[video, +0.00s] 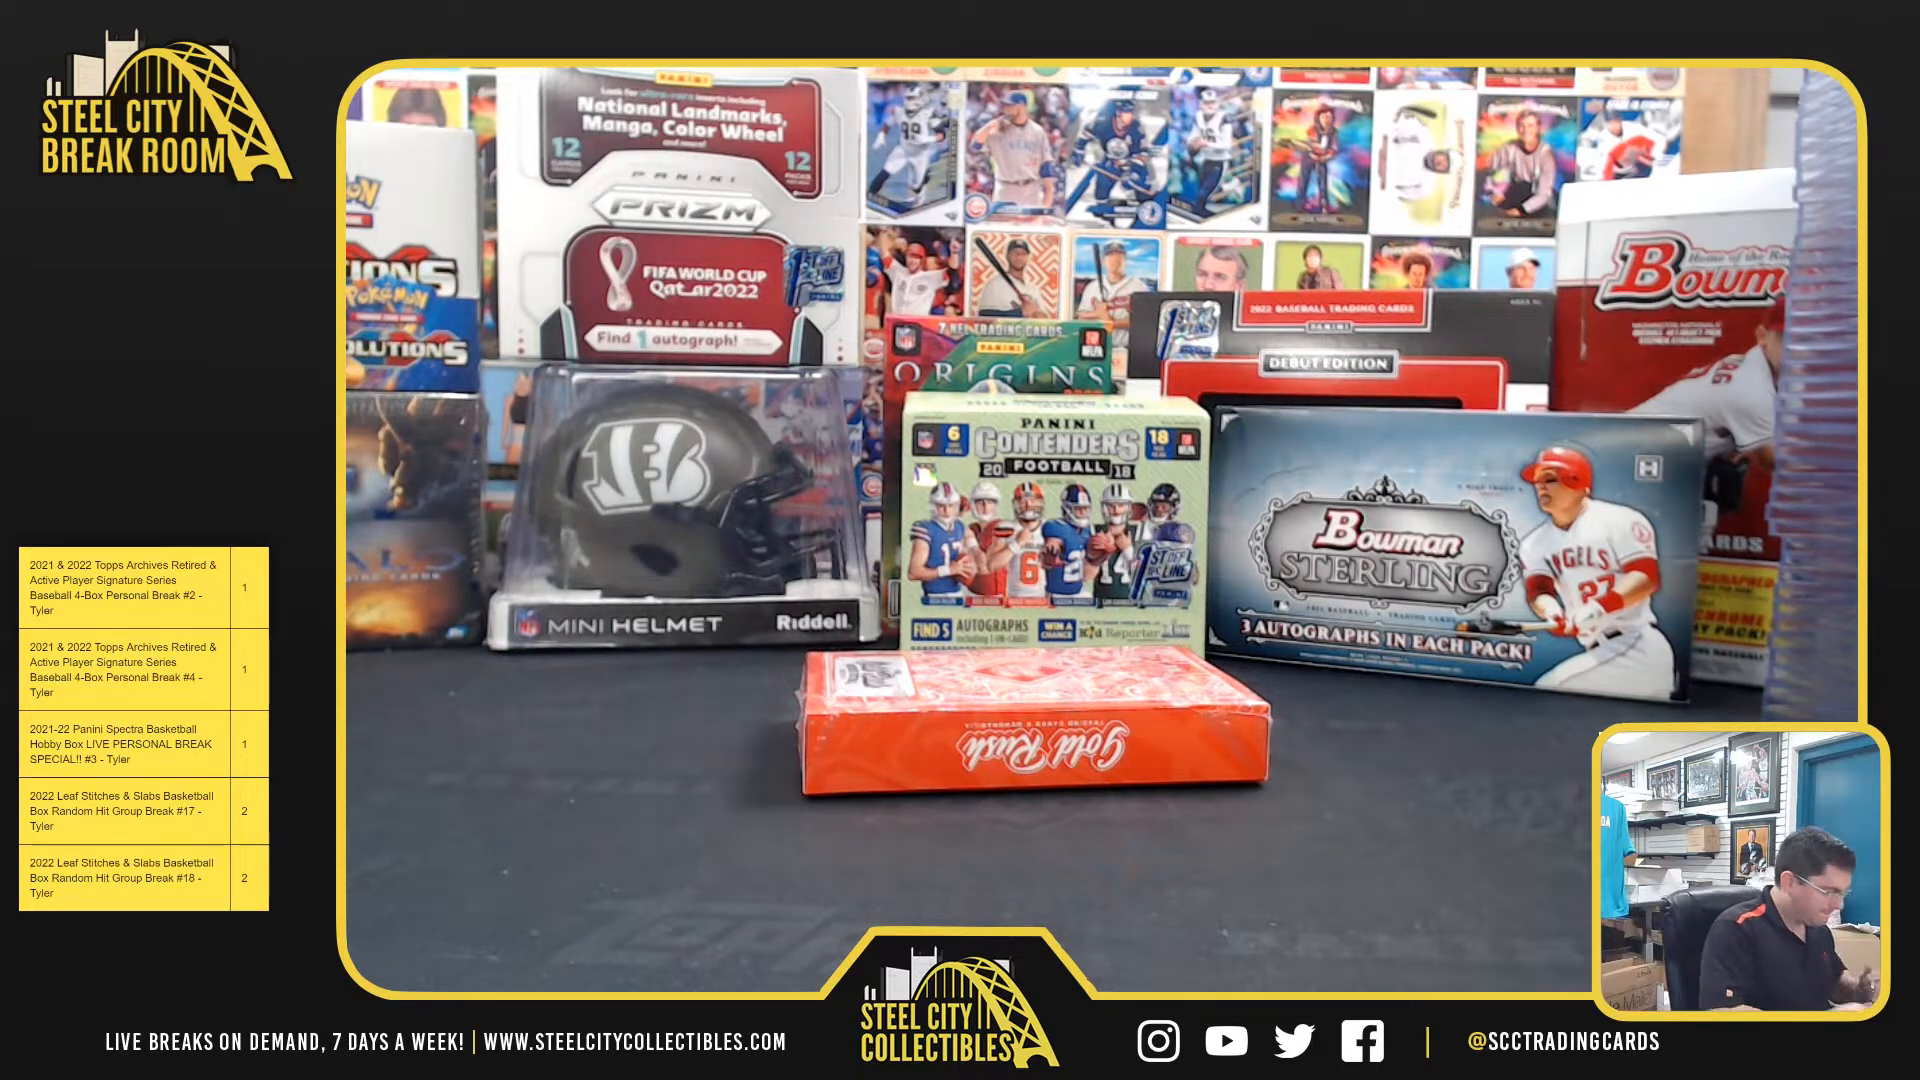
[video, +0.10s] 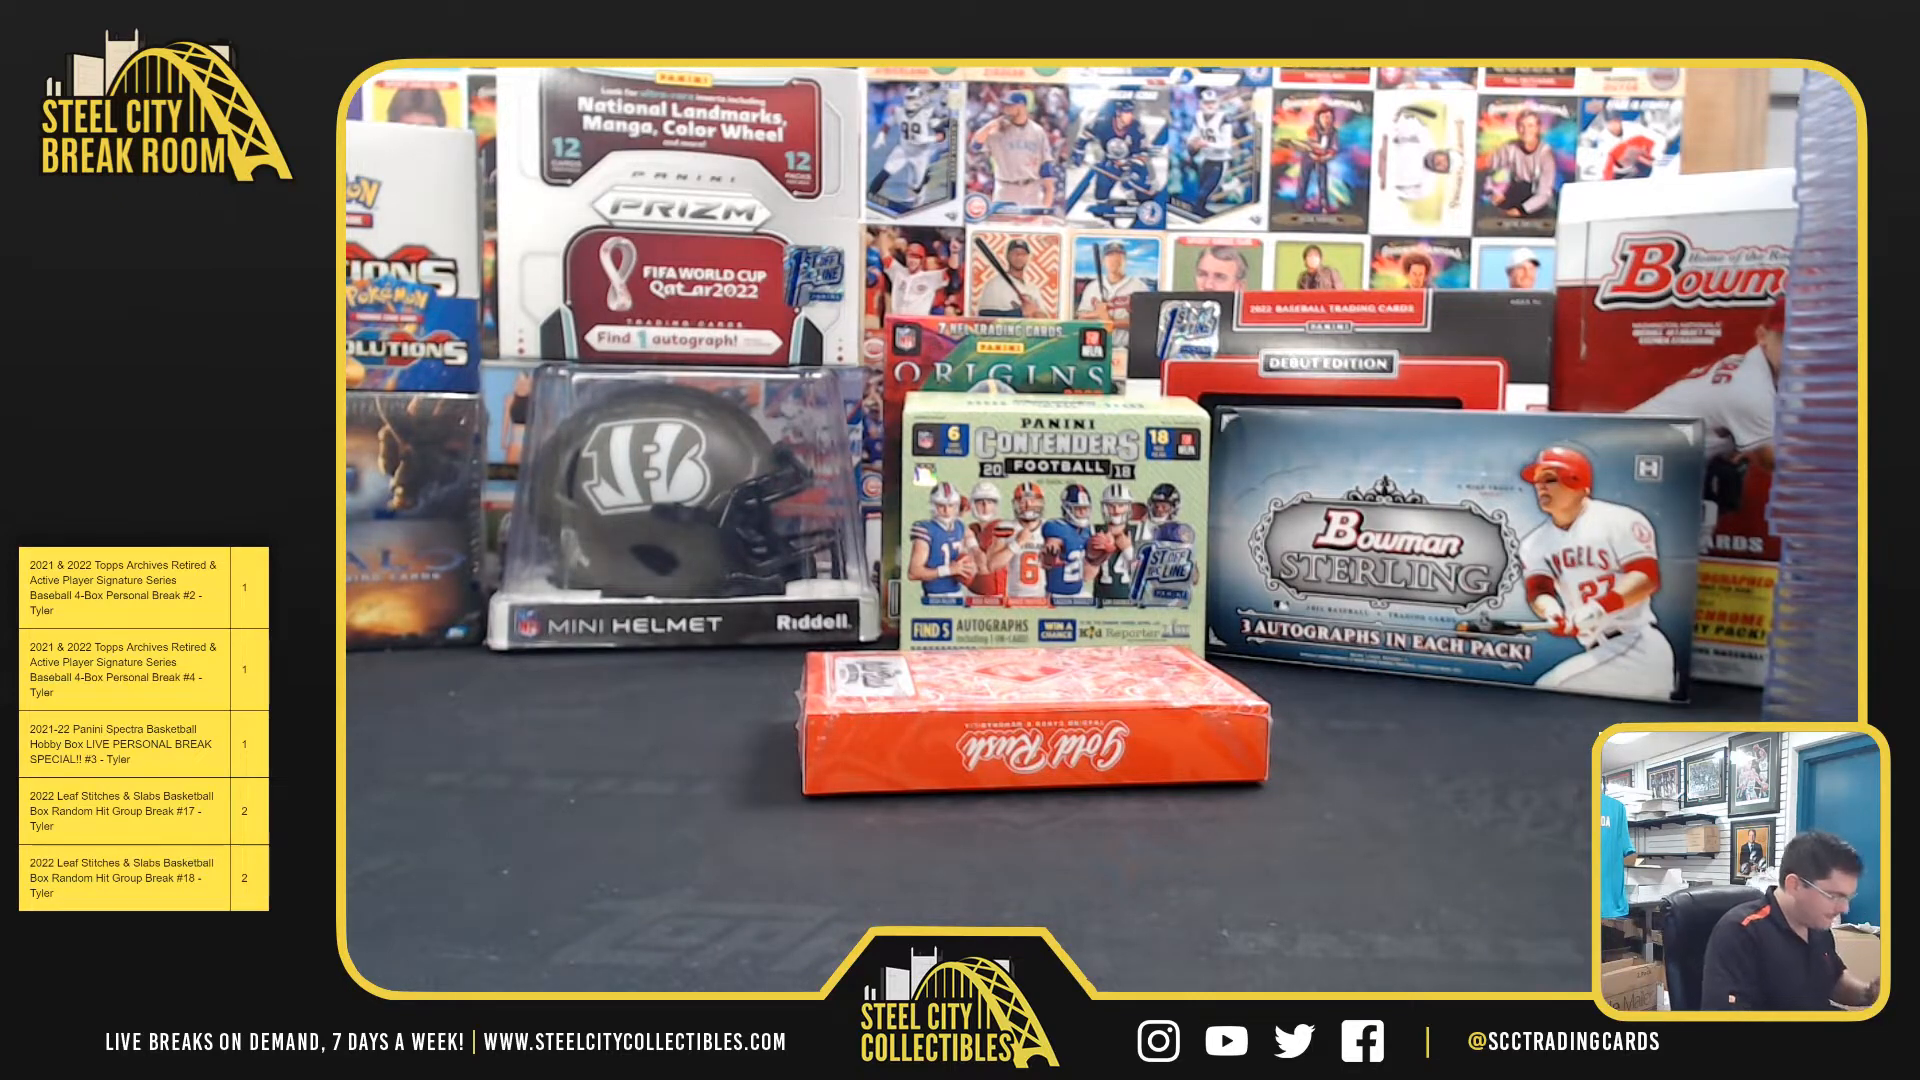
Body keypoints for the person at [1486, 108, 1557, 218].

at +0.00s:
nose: (1526, 130)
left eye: (1530, 126)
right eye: (1522, 126)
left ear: (1538, 128)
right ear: (1517, 129)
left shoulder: (1545, 154)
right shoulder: (1507, 150)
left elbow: (1545, 192)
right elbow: (1491, 177)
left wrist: (1523, 209)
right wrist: (1494, 193)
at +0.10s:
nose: (1526, 130)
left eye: (1530, 126)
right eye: (1522, 126)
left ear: (1538, 128)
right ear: (1517, 129)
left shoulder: (1545, 154)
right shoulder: (1507, 150)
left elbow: (1545, 192)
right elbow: (1491, 177)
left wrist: (1523, 209)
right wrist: (1494, 193)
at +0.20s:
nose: (1526, 130)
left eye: (1530, 126)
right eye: (1522, 126)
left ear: (1539, 128)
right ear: (1517, 129)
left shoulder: (1545, 154)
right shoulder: (1507, 150)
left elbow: (1545, 192)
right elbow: (1490, 177)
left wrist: (1523, 209)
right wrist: (1494, 193)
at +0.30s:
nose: (1526, 130)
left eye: (1530, 126)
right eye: (1522, 126)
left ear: (1538, 128)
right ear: (1517, 129)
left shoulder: (1545, 153)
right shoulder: (1508, 150)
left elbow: (1545, 192)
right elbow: (1490, 175)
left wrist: (1523, 209)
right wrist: (1494, 193)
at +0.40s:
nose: (1526, 130)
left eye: (1530, 126)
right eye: (1522, 126)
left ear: (1538, 128)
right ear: (1517, 129)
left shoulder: (1545, 153)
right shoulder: (1508, 150)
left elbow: (1545, 192)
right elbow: (1490, 175)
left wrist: (1523, 209)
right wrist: (1494, 193)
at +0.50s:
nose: (1526, 130)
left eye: (1530, 126)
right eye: (1522, 126)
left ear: (1538, 128)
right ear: (1517, 129)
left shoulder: (1545, 153)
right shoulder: (1508, 150)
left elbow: (1545, 192)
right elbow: (1490, 175)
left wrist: (1523, 209)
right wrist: (1494, 193)